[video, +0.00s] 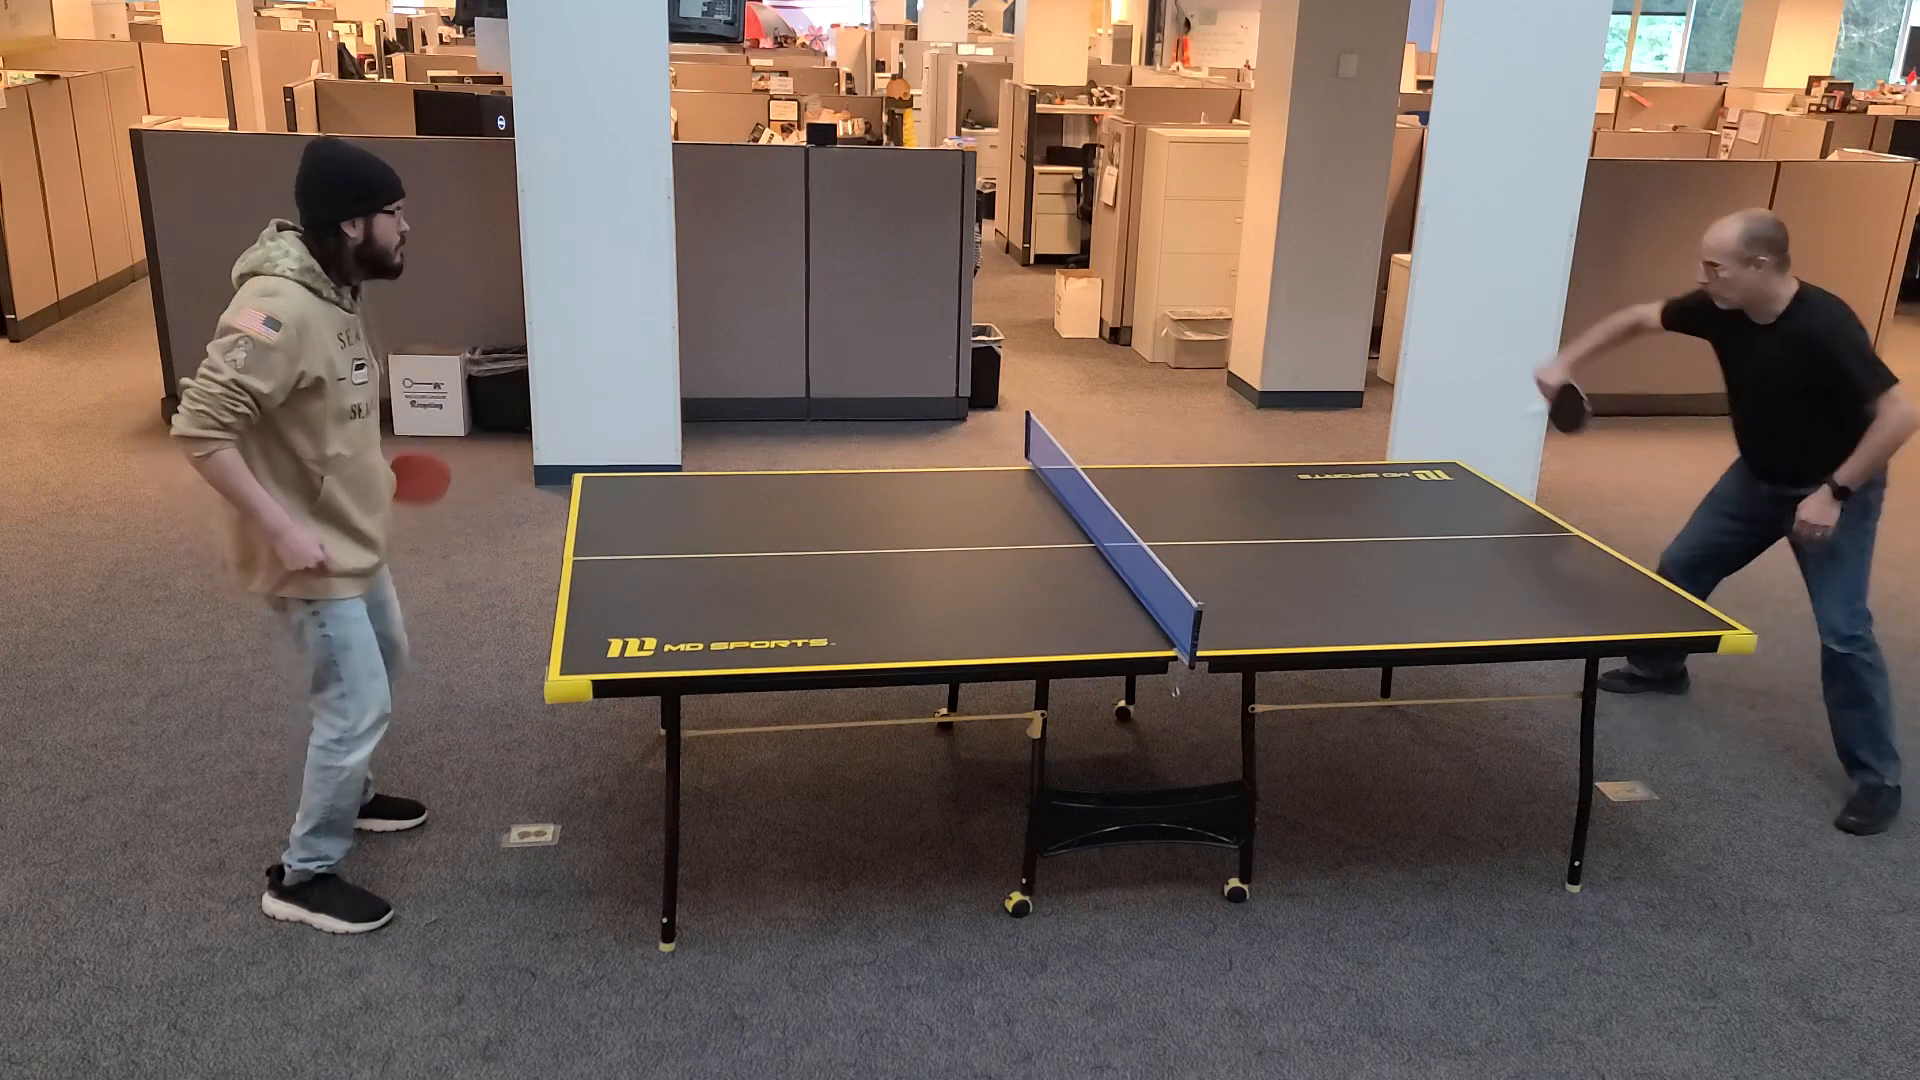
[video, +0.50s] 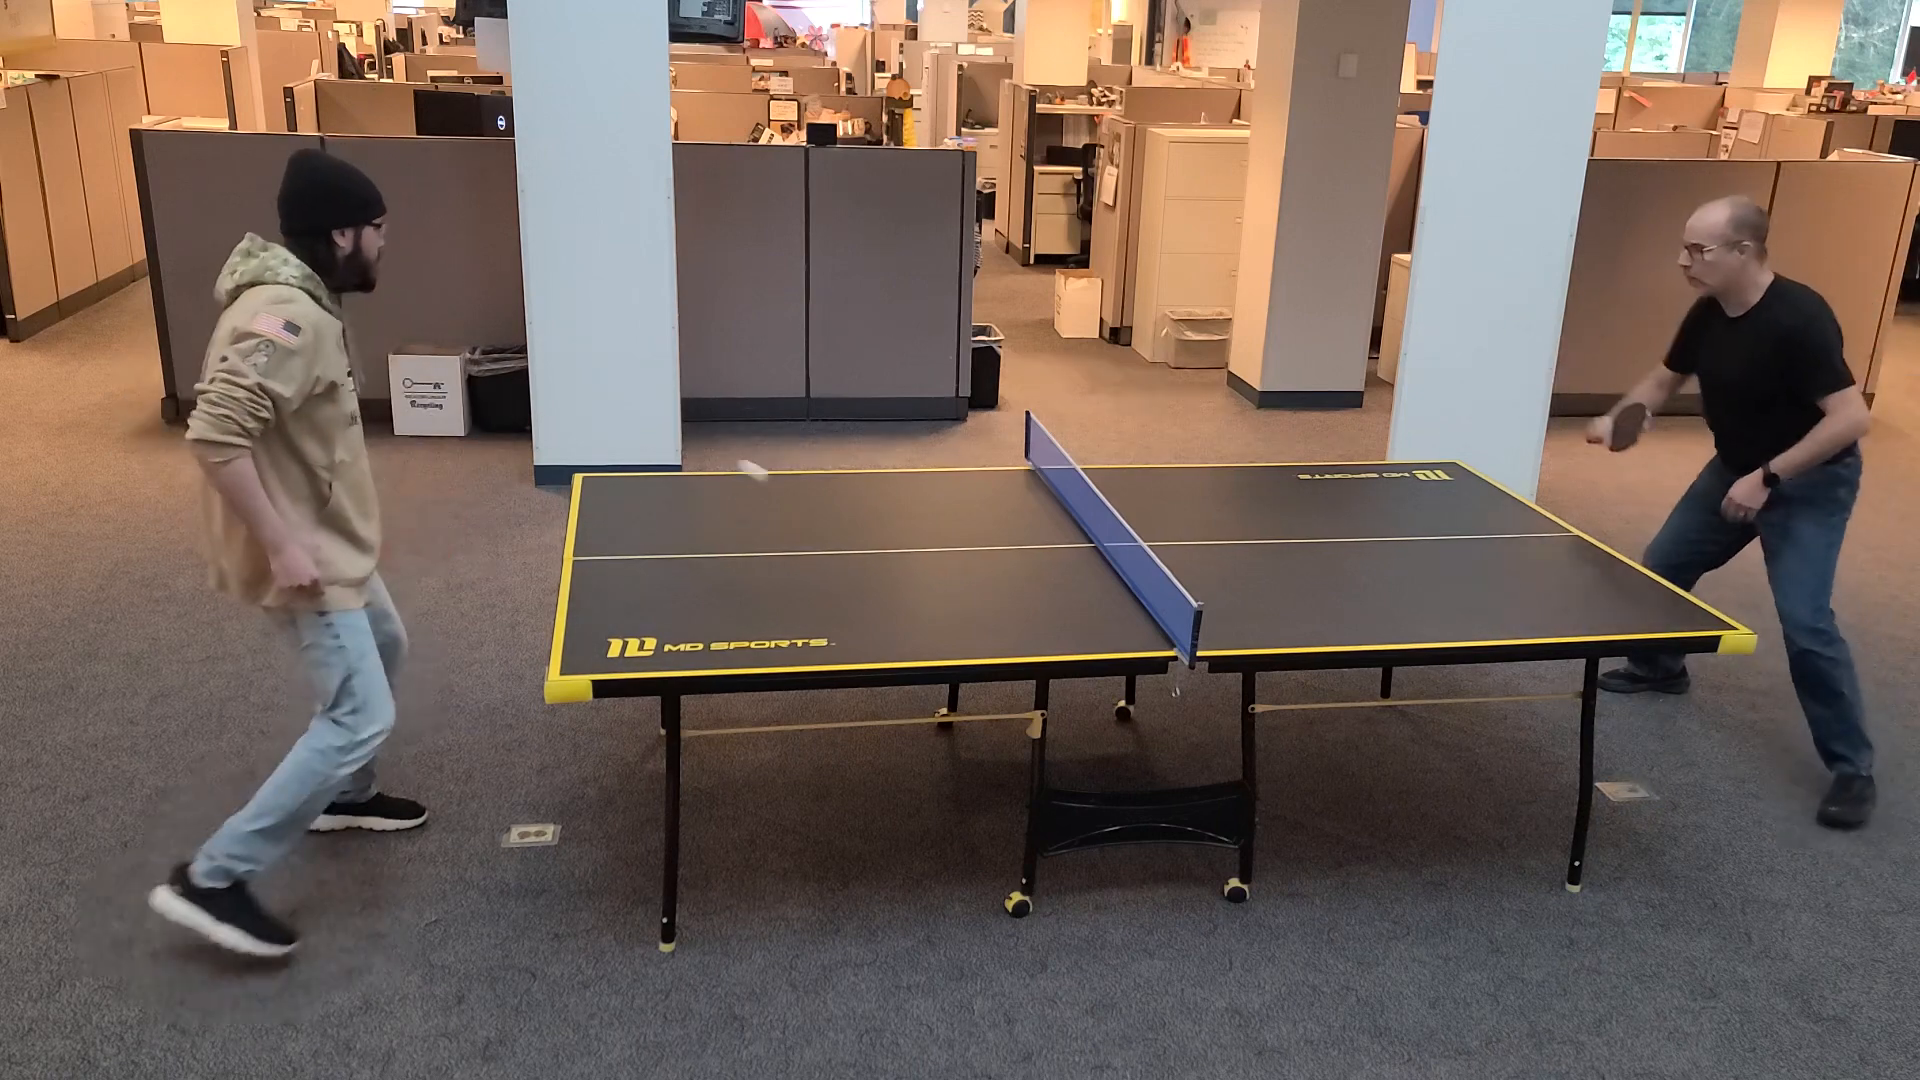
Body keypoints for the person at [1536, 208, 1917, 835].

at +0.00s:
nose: (1704, 277)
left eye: (1716, 267)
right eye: (1703, 265)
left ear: (1763, 267)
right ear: (1748, 266)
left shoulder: (1825, 323)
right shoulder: (1719, 311)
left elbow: (1901, 412)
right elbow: (1637, 319)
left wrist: (1834, 490)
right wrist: (1563, 361)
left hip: (1838, 491)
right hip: (1761, 477)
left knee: (1844, 632)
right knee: (1679, 567)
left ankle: (1876, 777)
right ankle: (1660, 665)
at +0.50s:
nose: (1685, 261)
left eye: (1697, 251)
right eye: (1684, 249)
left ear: (1744, 253)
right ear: (1729, 254)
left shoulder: (1802, 317)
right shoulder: (1705, 315)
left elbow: (1851, 417)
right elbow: (1664, 381)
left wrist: (1767, 476)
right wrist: (1624, 417)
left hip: (1810, 483)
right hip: (1735, 470)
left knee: (1805, 625)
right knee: (1658, 568)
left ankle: (1851, 768)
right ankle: (1659, 666)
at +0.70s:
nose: (1719, 256)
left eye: (1733, 245)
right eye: (1718, 243)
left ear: (1783, 248)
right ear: (1769, 249)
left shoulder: (1845, 315)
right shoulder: (1754, 310)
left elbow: (1900, 416)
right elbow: (1737, 388)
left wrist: (1814, 479)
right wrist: (1704, 428)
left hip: (1867, 484)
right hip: (1795, 474)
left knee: (1832, 642)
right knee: (1721, 580)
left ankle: (1857, 778)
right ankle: (1709, 690)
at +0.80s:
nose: (1728, 256)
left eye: (1743, 244)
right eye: (1728, 243)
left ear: (1793, 247)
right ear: (1779, 248)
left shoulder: (1855, 311)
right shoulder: (1766, 306)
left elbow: (1911, 414)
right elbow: (1752, 395)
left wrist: (1838, 482)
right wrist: (1725, 439)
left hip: (1885, 483)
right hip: (1813, 475)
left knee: (1844, 633)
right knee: (1757, 596)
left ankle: (1870, 776)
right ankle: (1791, 728)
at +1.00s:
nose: (1761, 279)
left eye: (1773, 267)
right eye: (1760, 266)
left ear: (1826, 268)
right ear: (1812, 270)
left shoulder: (1893, 340)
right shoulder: (1794, 334)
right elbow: (1776, 415)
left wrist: (1864, 508)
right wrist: (1745, 472)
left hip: (1896, 527)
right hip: (1824, 517)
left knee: (1883, 684)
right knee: (1763, 624)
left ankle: (1907, 850)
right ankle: (1799, 743)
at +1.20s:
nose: (1802, 311)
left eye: (1818, 300)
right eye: (1801, 297)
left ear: (1875, 301)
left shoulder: (1914, 370)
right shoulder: (1828, 363)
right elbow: (1801, 452)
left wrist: (1899, 559)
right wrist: (1773, 512)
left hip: (1914, 569)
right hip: (1846, 549)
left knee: (1871, 715)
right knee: (1776, 651)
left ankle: (1908, 871)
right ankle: (1796, 748)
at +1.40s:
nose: (1823, 351)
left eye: (1839, 341)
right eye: (1822, 336)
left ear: (1895, 342)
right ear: (1865, 338)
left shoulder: (1918, 403)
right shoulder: (1832, 388)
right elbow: (1787, 473)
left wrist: (1918, 610)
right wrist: (1751, 524)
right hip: (1871, 557)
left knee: (1890, 727)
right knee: (1804, 652)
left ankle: (1911, 876)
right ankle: (1807, 745)